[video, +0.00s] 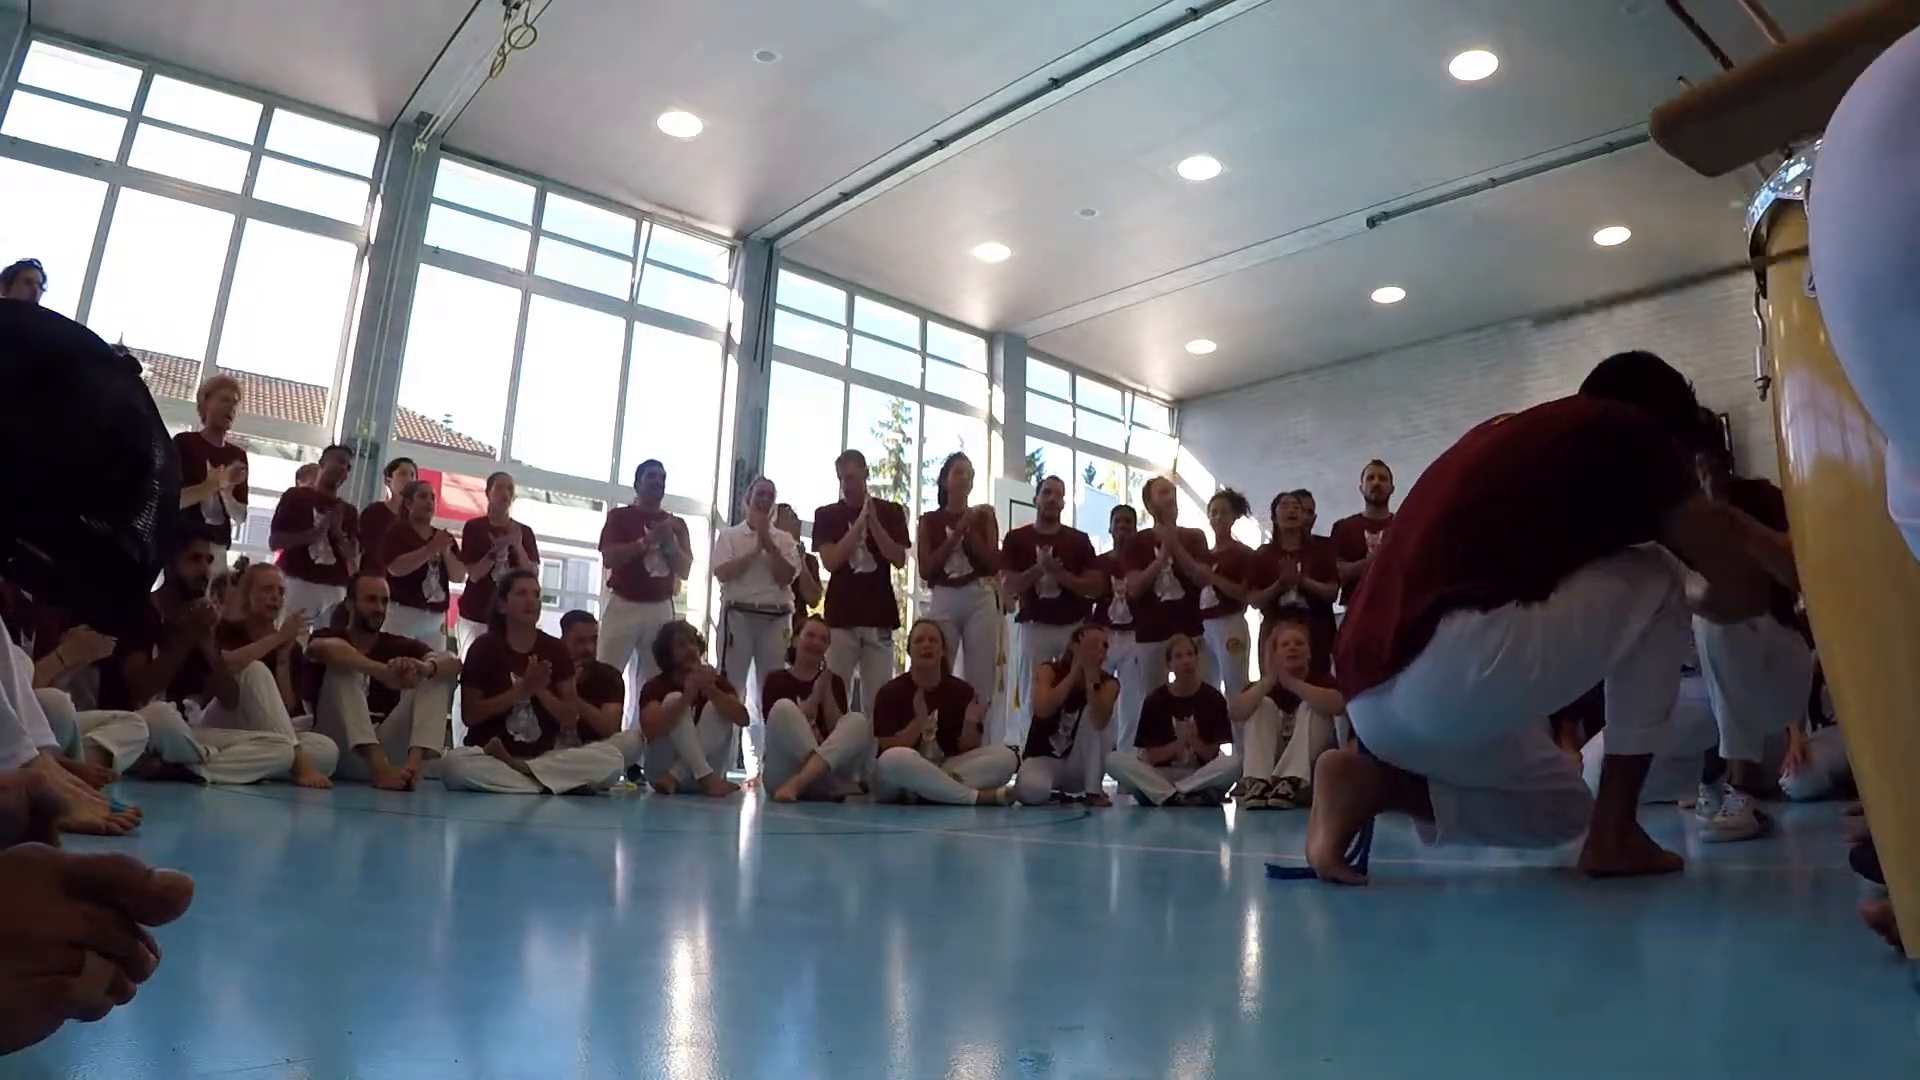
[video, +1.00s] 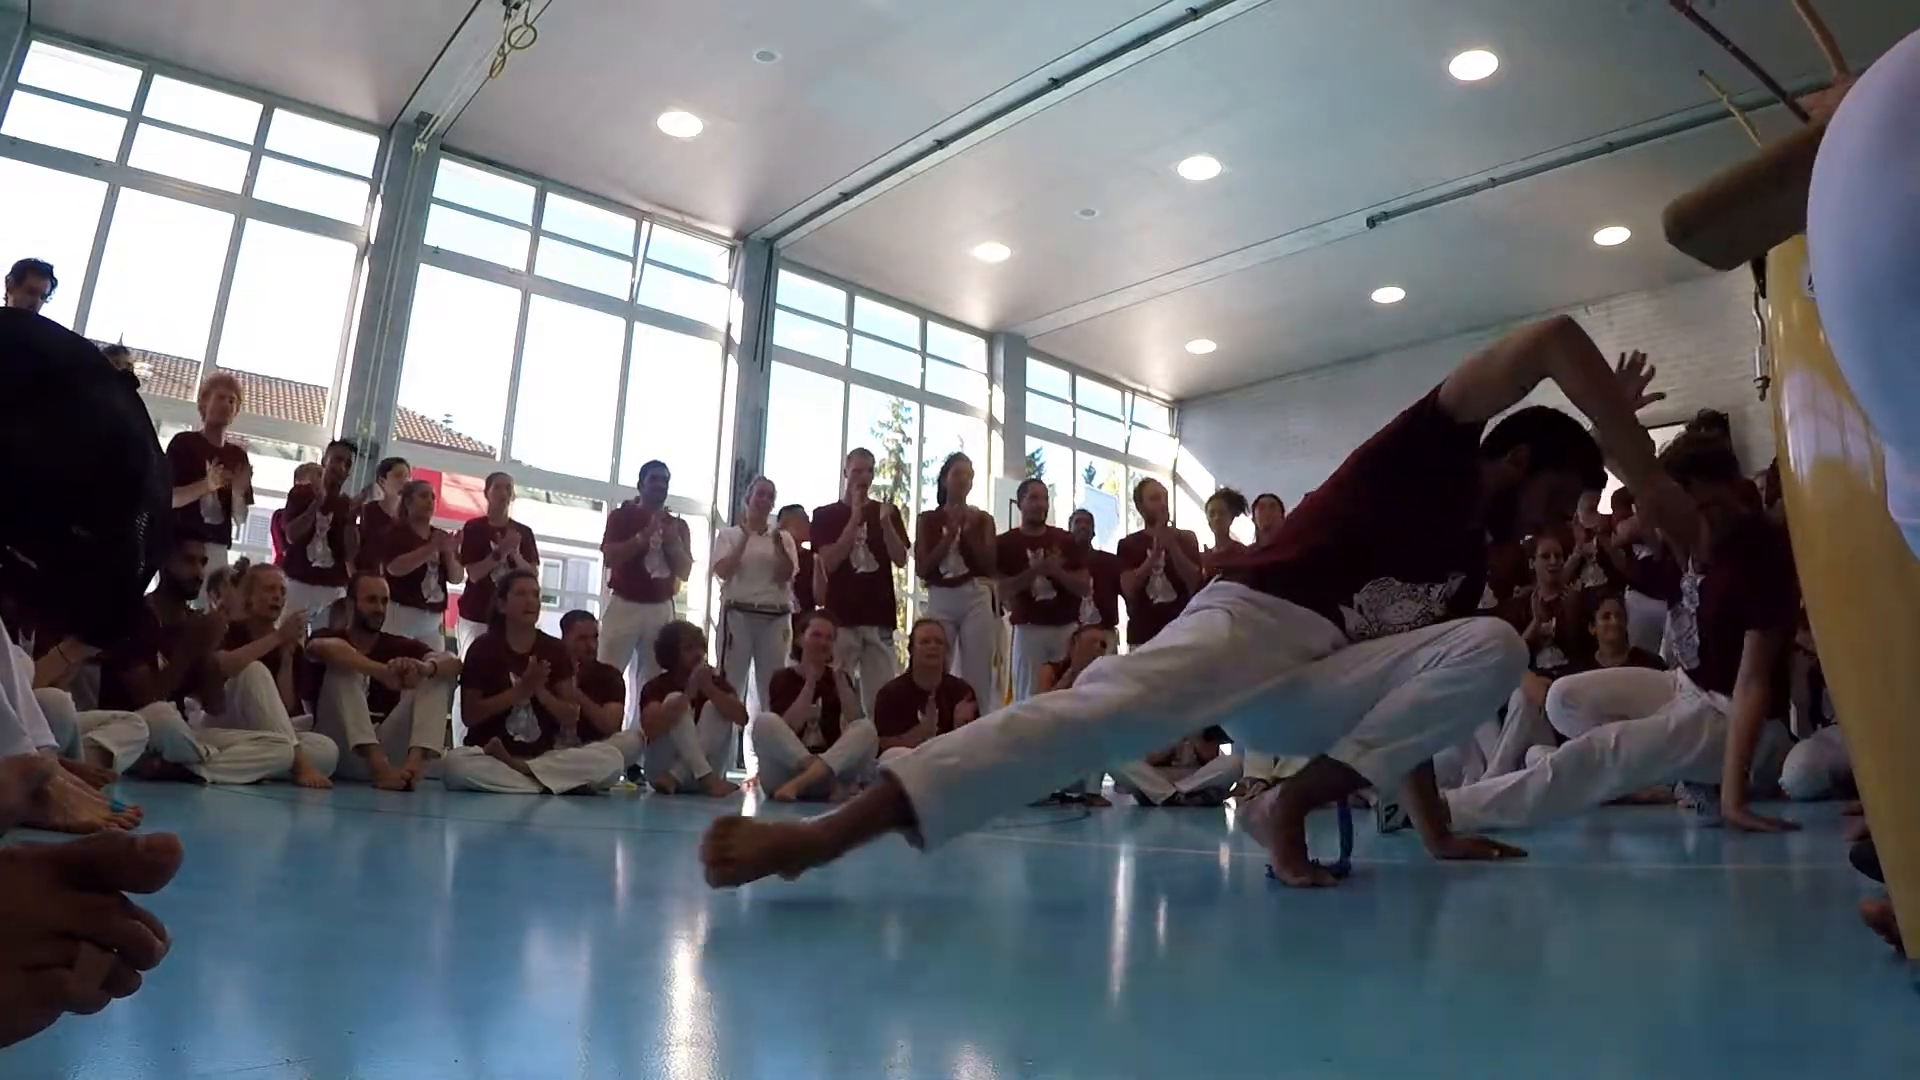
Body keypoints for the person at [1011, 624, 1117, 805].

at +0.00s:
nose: (1099, 651)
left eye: (1104, 646)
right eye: (1093, 644)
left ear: (1107, 650)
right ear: (1074, 646)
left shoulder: (1108, 682)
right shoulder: (1048, 670)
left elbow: (1099, 719)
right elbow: (1042, 709)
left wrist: (1092, 671)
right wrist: (1075, 672)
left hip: (1080, 762)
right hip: (1042, 760)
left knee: (1095, 712)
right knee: (1033, 793)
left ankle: (1094, 791)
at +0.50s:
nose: (1099, 650)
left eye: (1103, 645)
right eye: (1093, 643)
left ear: (1106, 650)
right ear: (1074, 644)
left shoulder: (1108, 683)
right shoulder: (1049, 671)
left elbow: (1100, 719)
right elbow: (1040, 710)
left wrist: (1091, 677)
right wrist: (1070, 673)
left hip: (1080, 763)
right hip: (1042, 761)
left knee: (1095, 712)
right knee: (1033, 793)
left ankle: (1093, 791)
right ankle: (1012, 793)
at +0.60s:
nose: (1099, 649)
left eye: (1103, 645)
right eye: (1093, 643)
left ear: (1106, 651)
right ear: (1073, 645)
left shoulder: (1108, 683)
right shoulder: (1049, 670)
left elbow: (1101, 719)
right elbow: (1040, 709)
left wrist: (1093, 676)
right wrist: (1071, 672)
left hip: (1080, 763)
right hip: (1042, 761)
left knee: (1095, 711)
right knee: (1033, 793)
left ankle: (1093, 791)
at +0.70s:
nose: (1097, 649)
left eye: (1102, 645)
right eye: (1091, 642)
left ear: (1105, 651)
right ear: (1074, 644)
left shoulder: (1108, 683)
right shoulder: (1051, 671)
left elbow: (1102, 719)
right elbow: (1040, 711)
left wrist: (1091, 679)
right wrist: (1071, 677)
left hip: (1080, 763)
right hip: (1042, 761)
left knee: (1095, 709)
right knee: (1034, 793)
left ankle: (1093, 791)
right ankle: (1010, 794)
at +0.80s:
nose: (1098, 648)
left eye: (1103, 645)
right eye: (1092, 642)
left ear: (1105, 651)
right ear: (1074, 644)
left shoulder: (1108, 683)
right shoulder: (1050, 671)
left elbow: (1102, 720)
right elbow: (1040, 711)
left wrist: (1091, 678)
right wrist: (1072, 673)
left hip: (1080, 762)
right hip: (1042, 760)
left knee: (1095, 709)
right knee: (1034, 793)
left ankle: (1093, 791)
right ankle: (1010, 794)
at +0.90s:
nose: (1098, 649)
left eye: (1103, 645)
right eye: (1092, 642)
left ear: (1105, 651)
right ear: (1074, 644)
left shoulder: (1109, 683)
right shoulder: (1050, 671)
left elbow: (1105, 726)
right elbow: (1040, 711)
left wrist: (1094, 684)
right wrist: (1069, 672)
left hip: (1083, 759)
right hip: (1043, 757)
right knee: (1041, 787)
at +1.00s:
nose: (1097, 649)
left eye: (1103, 645)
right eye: (1092, 642)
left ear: (1107, 650)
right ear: (1074, 644)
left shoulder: (1105, 679)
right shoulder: (1051, 670)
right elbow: (1046, 705)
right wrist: (1073, 671)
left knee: (1097, 727)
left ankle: (1093, 789)